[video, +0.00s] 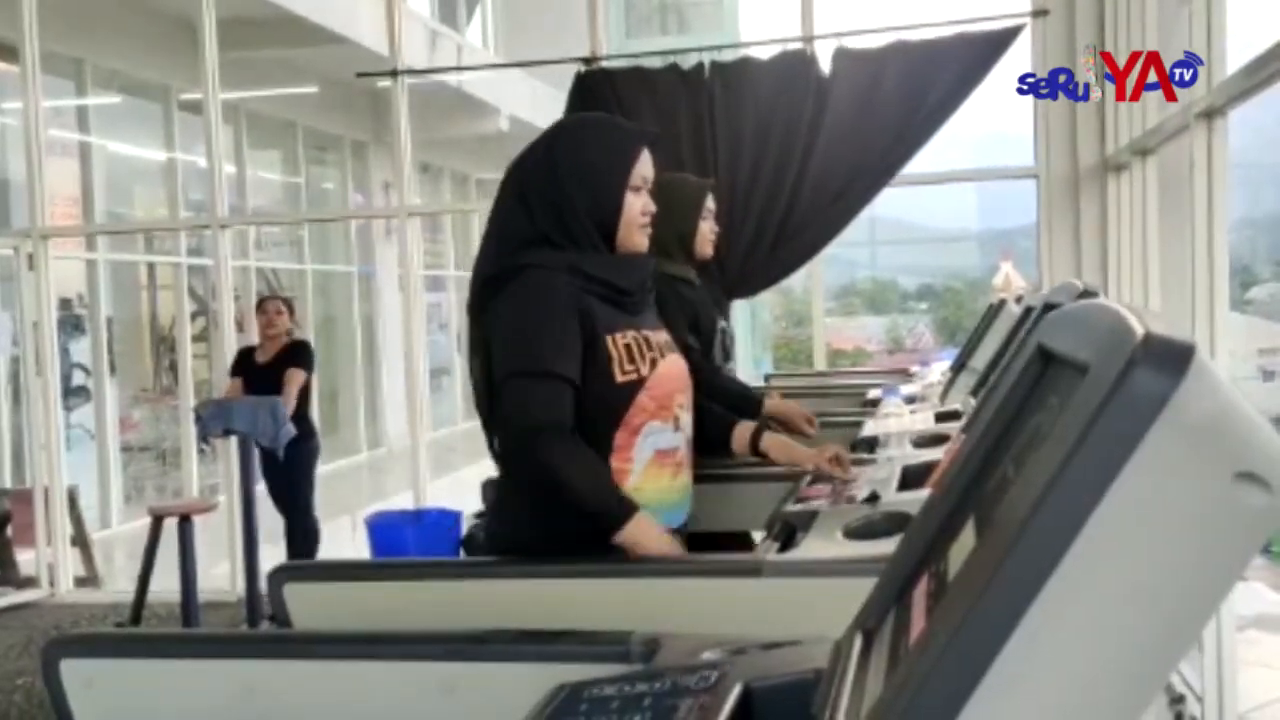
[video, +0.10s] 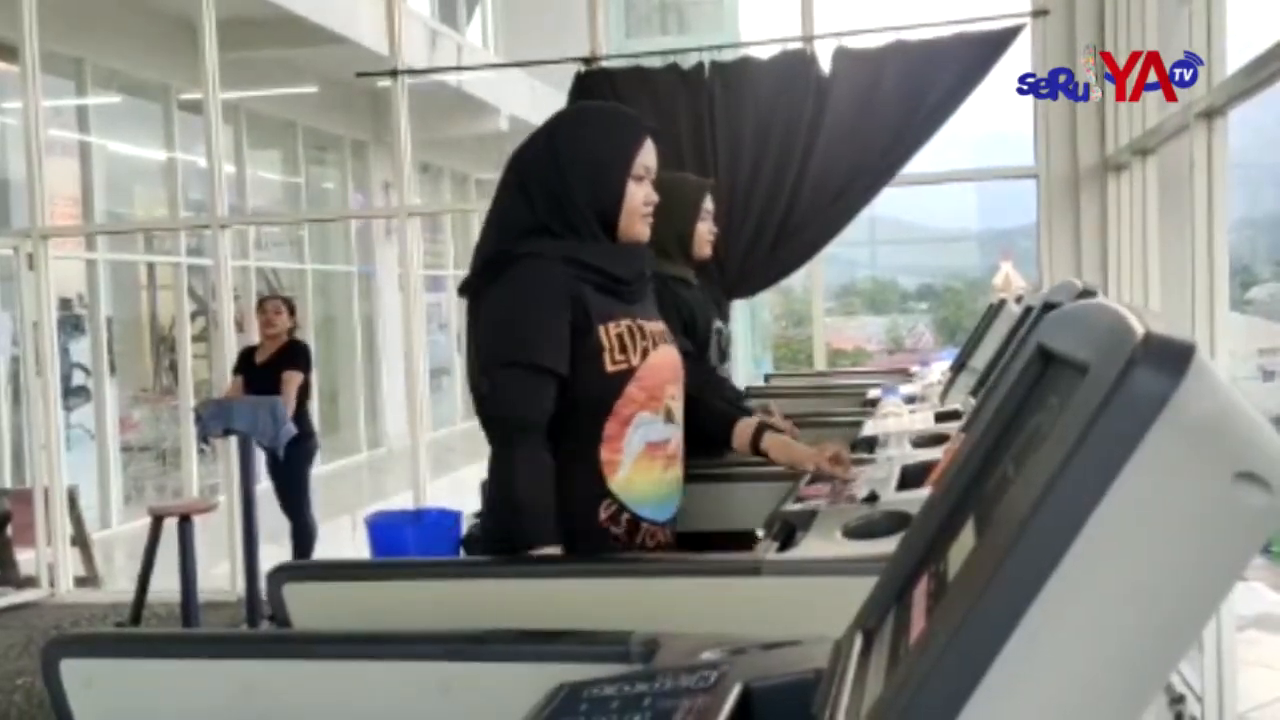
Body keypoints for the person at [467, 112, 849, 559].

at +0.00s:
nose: (651, 206)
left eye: (649, 190)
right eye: (637, 189)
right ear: (589, 190)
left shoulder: (625, 288)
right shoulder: (541, 290)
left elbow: (670, 404)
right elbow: (538, 442)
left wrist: (769, 443)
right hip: (568, 565)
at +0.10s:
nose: (654, 197)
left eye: (652, 181)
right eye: (640, 179)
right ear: (590, 178)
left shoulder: (629, 278)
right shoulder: (532, 281)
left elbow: (684, 392)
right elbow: (519, 435)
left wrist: (788, 449)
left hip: (642, 534)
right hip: (569, 546)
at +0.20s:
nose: (653, 200)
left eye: (651, 183)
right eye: (639, 183)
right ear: (588, 182)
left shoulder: (628, 284)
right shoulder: (527, 287)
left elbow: (674, 396)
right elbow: (491, 440)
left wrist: (780, 440)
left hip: (632, 550)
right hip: (549, 562)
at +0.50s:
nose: (645, 211)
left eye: (643, 195)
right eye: (632, 194)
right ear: (583, 195)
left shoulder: (610, 297)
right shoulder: (526, 307)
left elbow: (668, 411)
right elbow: (507, 473)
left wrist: (784, 455)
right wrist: (486, 600)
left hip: (633, 558)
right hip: (564, 571)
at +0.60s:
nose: (640, 202)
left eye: (638, 186)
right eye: (627, 185)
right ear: (577, 184)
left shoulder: (600, 284)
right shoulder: (528, 291)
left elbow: (654, 404)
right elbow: (535, 455)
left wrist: (769, 452)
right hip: (543, 566)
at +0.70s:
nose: (638, 203)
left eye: (635, 186)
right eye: (624, 185)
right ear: (574, 185)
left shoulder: (594, 286)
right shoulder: (529, 289)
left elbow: (645, 404)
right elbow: (564, 435)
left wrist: (760, 444)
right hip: (533, 567)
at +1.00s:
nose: (641, 203)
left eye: (639, 186)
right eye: (626, 185)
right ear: (577, 185)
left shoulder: (603, 282)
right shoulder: (530, 287)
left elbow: (640, 406)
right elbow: (536, 439)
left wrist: (746, 431)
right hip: (561, 564)